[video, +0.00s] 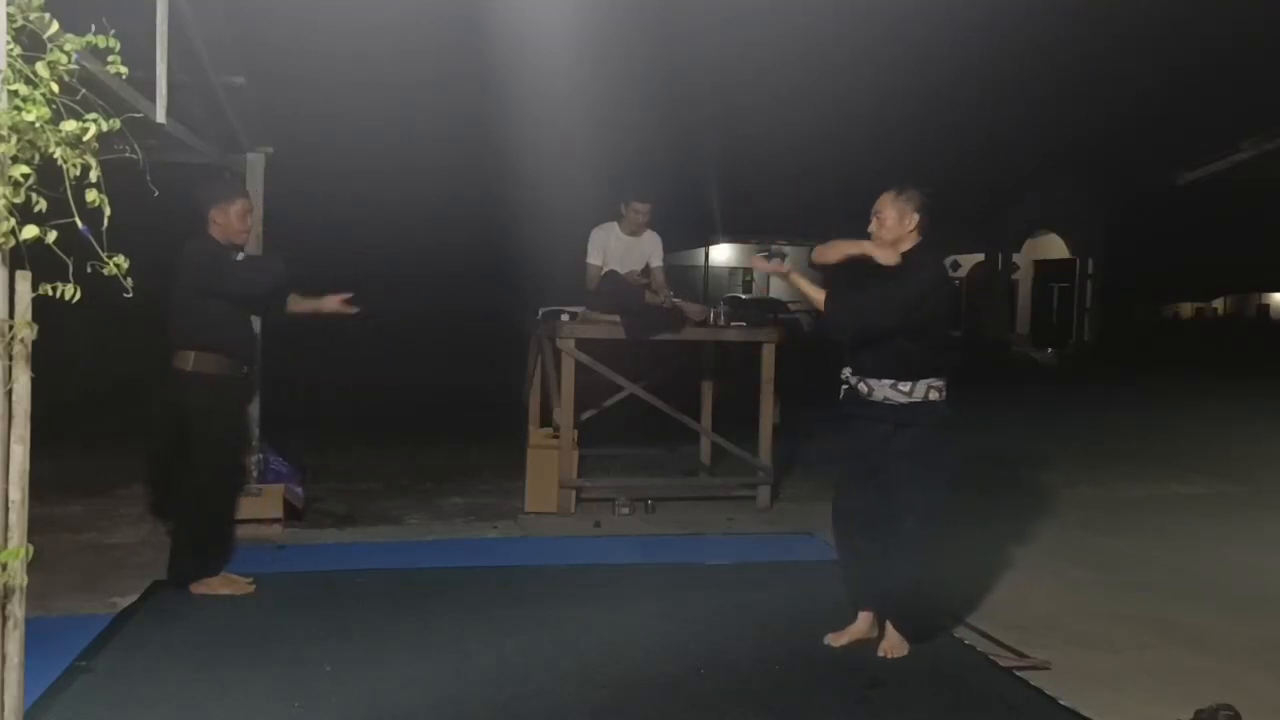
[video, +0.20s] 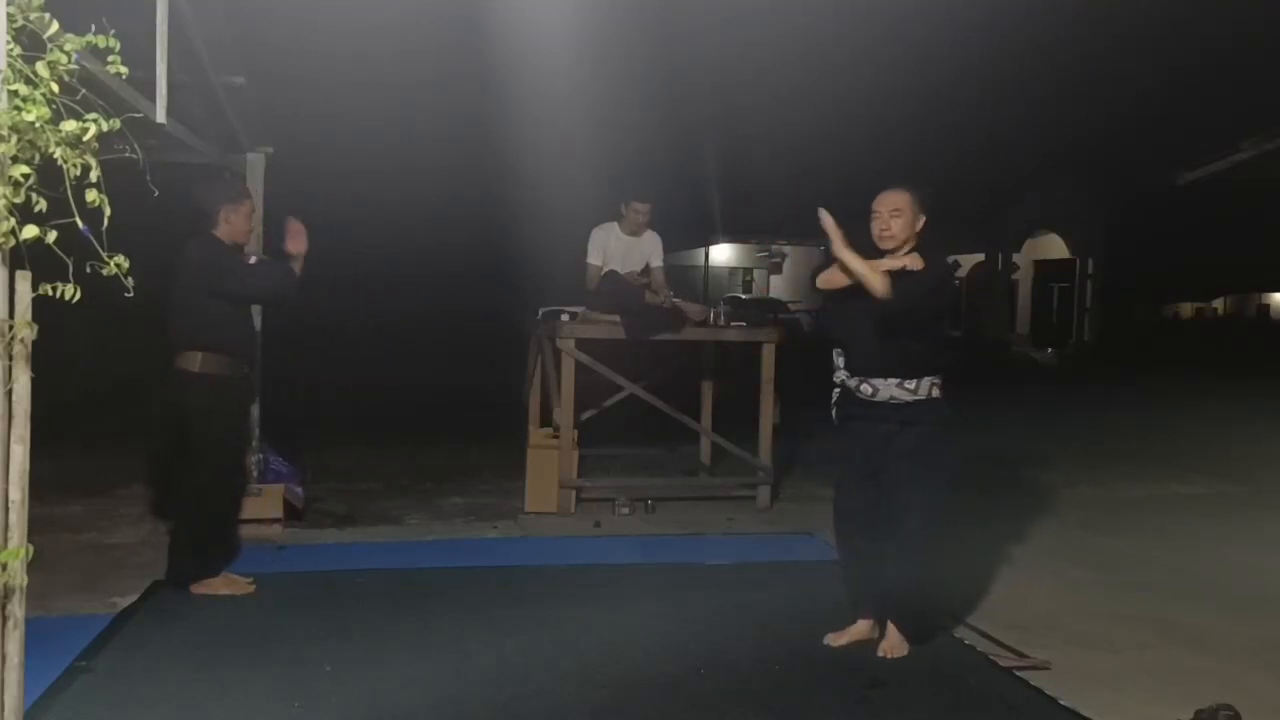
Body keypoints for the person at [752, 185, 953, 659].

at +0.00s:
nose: (872, 225)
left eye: (881, 217)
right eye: (873, 216)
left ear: (912, 222)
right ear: (892, 222)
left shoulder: (928, 277)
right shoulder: (872, 264)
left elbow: (848, 316)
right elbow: (820, 256)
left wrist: (790, 275)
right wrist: (869, 249)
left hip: (914, 416)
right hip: (862, 408)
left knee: (905, 517)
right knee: (854, 510)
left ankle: (898, 623)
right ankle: (864, 614)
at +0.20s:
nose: (883, 223)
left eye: (895, 215)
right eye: (876, 216)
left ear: (920, 222)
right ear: (869, 224)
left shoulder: (934, 270)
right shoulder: (858, 265)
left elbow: (885, 291)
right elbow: (822, 282)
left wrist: (842, 248)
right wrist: (885, 265)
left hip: (913, 411)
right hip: (858, 407)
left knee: (904, 515)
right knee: (854, 510)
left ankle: (898, 622)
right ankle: (865, 617)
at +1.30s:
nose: (877, 222)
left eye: (888, 214)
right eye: (877, 216)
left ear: (918, 220)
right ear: (882, 223)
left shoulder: (928, 270)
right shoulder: (883, 273)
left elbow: (864, 288)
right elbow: (873, 316)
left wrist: (798, 288)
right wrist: (822, 303)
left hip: (907, 418)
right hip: (859, 413)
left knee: (901, 519)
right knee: (847, 512)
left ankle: (899, 626)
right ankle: (864, 615)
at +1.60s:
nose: (874, 222)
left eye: (885, 214)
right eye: (875, 214)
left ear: (915, 220)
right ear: (881, 222)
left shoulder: (933, 277)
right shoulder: (872, 263)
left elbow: (876, 325)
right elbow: (822, 256)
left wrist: (843, 276)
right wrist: (766, 263)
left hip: (907, 419)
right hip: (856, 414)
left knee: (900, 517)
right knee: (848, 512)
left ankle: (898, 624)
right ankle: (863, 615)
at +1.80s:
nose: (875, 225)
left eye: (886, 216)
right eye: (876, 216)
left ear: (916, 222)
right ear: (881, 222)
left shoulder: (928, 273)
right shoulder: (877, 270)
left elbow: (854, 278)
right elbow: (827, 279)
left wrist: (779, 285)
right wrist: (773, 284)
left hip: (904, 419)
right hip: (856, 413)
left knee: (898, 516)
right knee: (845, 512)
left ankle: (898, 624)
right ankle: (865, 617)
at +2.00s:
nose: (875, 227)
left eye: (885, 218)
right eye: (875, 218)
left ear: (916, 222)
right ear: (880, 224)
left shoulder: (929, 274)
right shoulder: (879, 273)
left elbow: (851, 283)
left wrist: (781, 284)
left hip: (905, 423)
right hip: (858, 417)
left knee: (899, 517)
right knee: (846, 513)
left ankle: (899, 624)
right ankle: (865, 616)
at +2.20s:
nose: (881, 223)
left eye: (892, 214)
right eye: (879, 217)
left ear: (922, 222)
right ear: (878, 226)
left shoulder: (935, 275)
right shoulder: (871, 272)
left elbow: (881, 314)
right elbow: (802, 261)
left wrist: (809, 295)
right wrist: (860, 270)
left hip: (909, 416)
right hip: (856, 411)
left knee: (903, 517)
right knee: (854, 512)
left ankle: (898, 623)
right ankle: (864, 615)